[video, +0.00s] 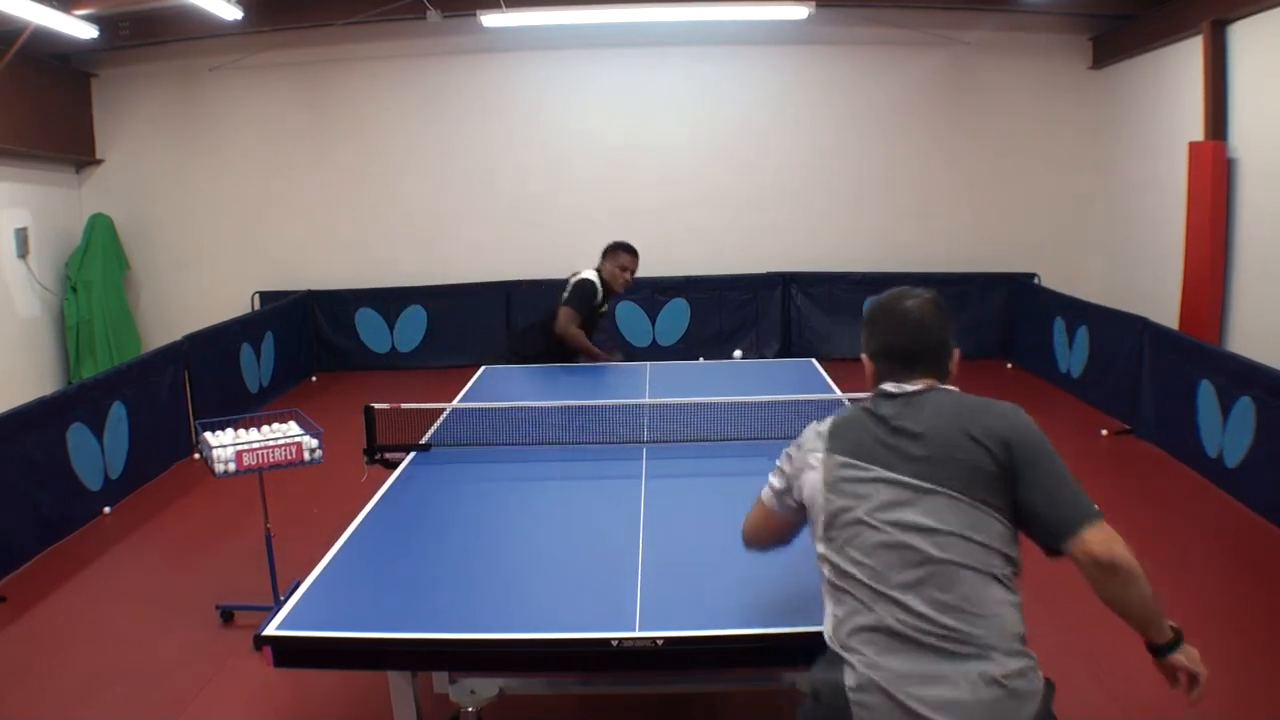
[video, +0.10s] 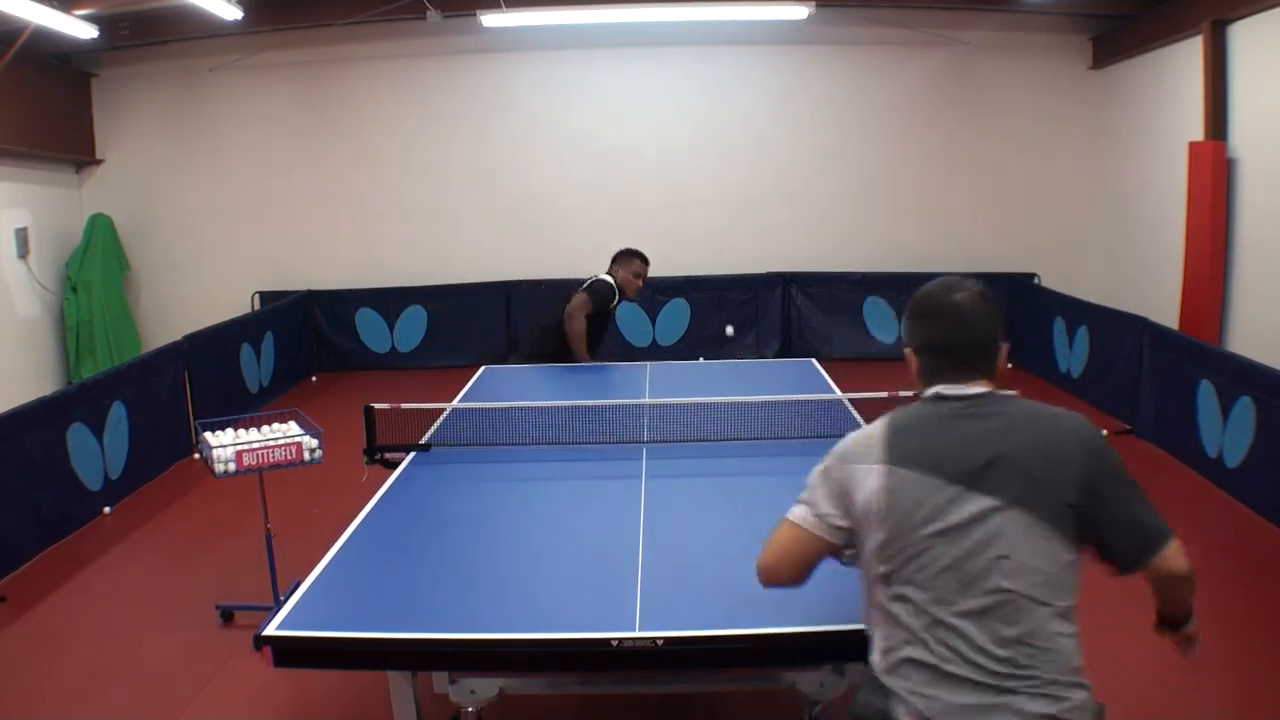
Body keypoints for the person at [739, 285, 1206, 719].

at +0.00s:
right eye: (957, 353)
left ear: (866, 366)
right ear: (954, 364)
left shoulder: (821, 441)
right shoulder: (1004, 427)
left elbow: (757, 533)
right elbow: (1102, 553)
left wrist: (815, 482)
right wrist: (1165, 642)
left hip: (867, 698)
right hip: (997, 699)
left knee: (825, 677)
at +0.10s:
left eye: (903, 354)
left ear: (910, 363)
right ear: (1003, 360)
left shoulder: (865, 450)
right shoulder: (1071, 440)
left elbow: (775, 569)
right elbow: (1173, 567)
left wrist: (834, 531)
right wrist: (1175, 619)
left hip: (910, 704)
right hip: (1045, 705)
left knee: (820, 687)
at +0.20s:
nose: (945, 333)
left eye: (944, 323)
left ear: (954, 329)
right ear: (1047, 324)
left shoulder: (926, 415)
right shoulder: (1132, 409)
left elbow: (815, 553)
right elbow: (1212, 530)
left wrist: (872, 535)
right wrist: (1156, 558)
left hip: (978, 695)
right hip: (1115, 696)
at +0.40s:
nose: (993, 333)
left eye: (992, 322)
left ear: (1005, 328)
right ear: (1102, 316)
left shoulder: (981, 422)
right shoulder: (1199, 401)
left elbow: (883, 613)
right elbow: (1265, 561)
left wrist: (913, 620)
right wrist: (1174, 578)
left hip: (1051, 705)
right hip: (1199, 704)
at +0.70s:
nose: (1017, 432)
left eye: (1014, 415)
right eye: (1015, 416)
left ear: (1033, 418)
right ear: (1130, 390)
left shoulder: (1032, 537)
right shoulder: (1261, 457)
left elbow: (874, 622)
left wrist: (814, 538)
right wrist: (1026, 602)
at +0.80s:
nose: (1060, 419)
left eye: (1056, 401)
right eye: (1055, 402)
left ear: (1077, 401)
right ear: (1175, 374)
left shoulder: (1072, 528)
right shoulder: (1269, 456)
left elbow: (888, 625)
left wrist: (832, 525)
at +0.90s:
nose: (1096, 417)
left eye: (1096, 400)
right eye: (1093, 398)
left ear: (1126, 412)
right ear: (1219, 391)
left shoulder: (1125, 548)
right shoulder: (1270, 474)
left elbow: (933, 666)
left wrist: (871, 559)